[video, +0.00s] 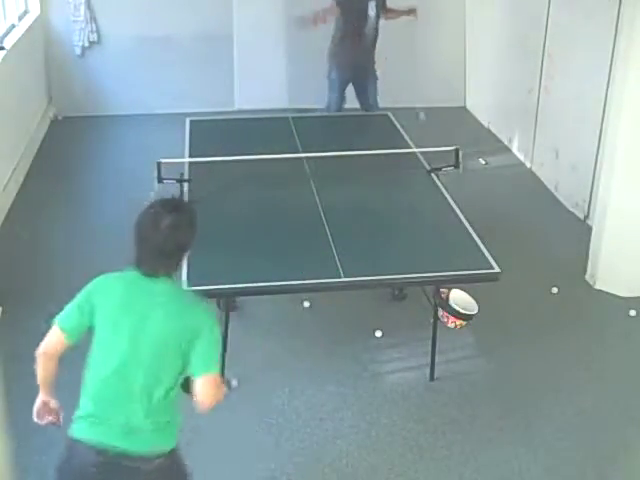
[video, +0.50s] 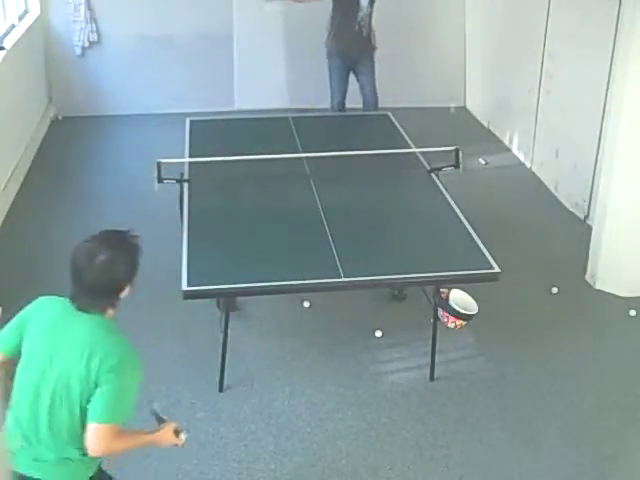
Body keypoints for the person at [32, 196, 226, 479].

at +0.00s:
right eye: (188, 245)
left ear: (139, 241)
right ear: (185, 252)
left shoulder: (104, 288)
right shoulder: (199, 313)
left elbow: (46, 351)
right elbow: (206, 399)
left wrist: (46, 395)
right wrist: (219, 386)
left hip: (87, 458)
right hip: (153, 464)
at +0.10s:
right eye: (172, 264)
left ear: (122, 264)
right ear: (167, 276)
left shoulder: (83, 308)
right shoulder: (171, 342)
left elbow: (24, 368)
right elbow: (168, 431)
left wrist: (32, 405)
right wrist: (198, 414)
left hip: (55, 461)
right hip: (118, 470)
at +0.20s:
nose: (153, 294)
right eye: (152, 287)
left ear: (103, 279)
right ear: (144, 295)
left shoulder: (58, 318)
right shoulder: (136, 357)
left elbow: (5, 370)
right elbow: (123, 450)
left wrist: (19, 409)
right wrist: (171, 441)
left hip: (25, 464)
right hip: (82, 469)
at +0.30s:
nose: (135, 292)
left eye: (134, 283)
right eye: (135, 286)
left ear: (81, 279)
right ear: (126, 297)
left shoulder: (39, 316)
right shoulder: (118, 362)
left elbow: (1, 356)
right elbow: (94, 449)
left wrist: (8, 398)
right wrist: (150, 454)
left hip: (12, 460)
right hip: (66, 471)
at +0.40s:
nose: (128, 288)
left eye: (127, 281)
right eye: (128, 282)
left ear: (73, 277)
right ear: (119, 295)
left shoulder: (33, 313)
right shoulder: (109, 360)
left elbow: (1, 354)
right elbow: (87, 448)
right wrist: (144, 449)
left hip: (8, 457)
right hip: (58, 471)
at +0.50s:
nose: (132, 286)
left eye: (132, 277)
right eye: (133, 279)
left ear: (78, 274)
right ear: (124, 290)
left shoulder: (42, 309)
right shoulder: (117, 355)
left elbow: (3, 355)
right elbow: (99, 443)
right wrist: (156, 438)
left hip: (16, 455)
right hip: (68, 470)